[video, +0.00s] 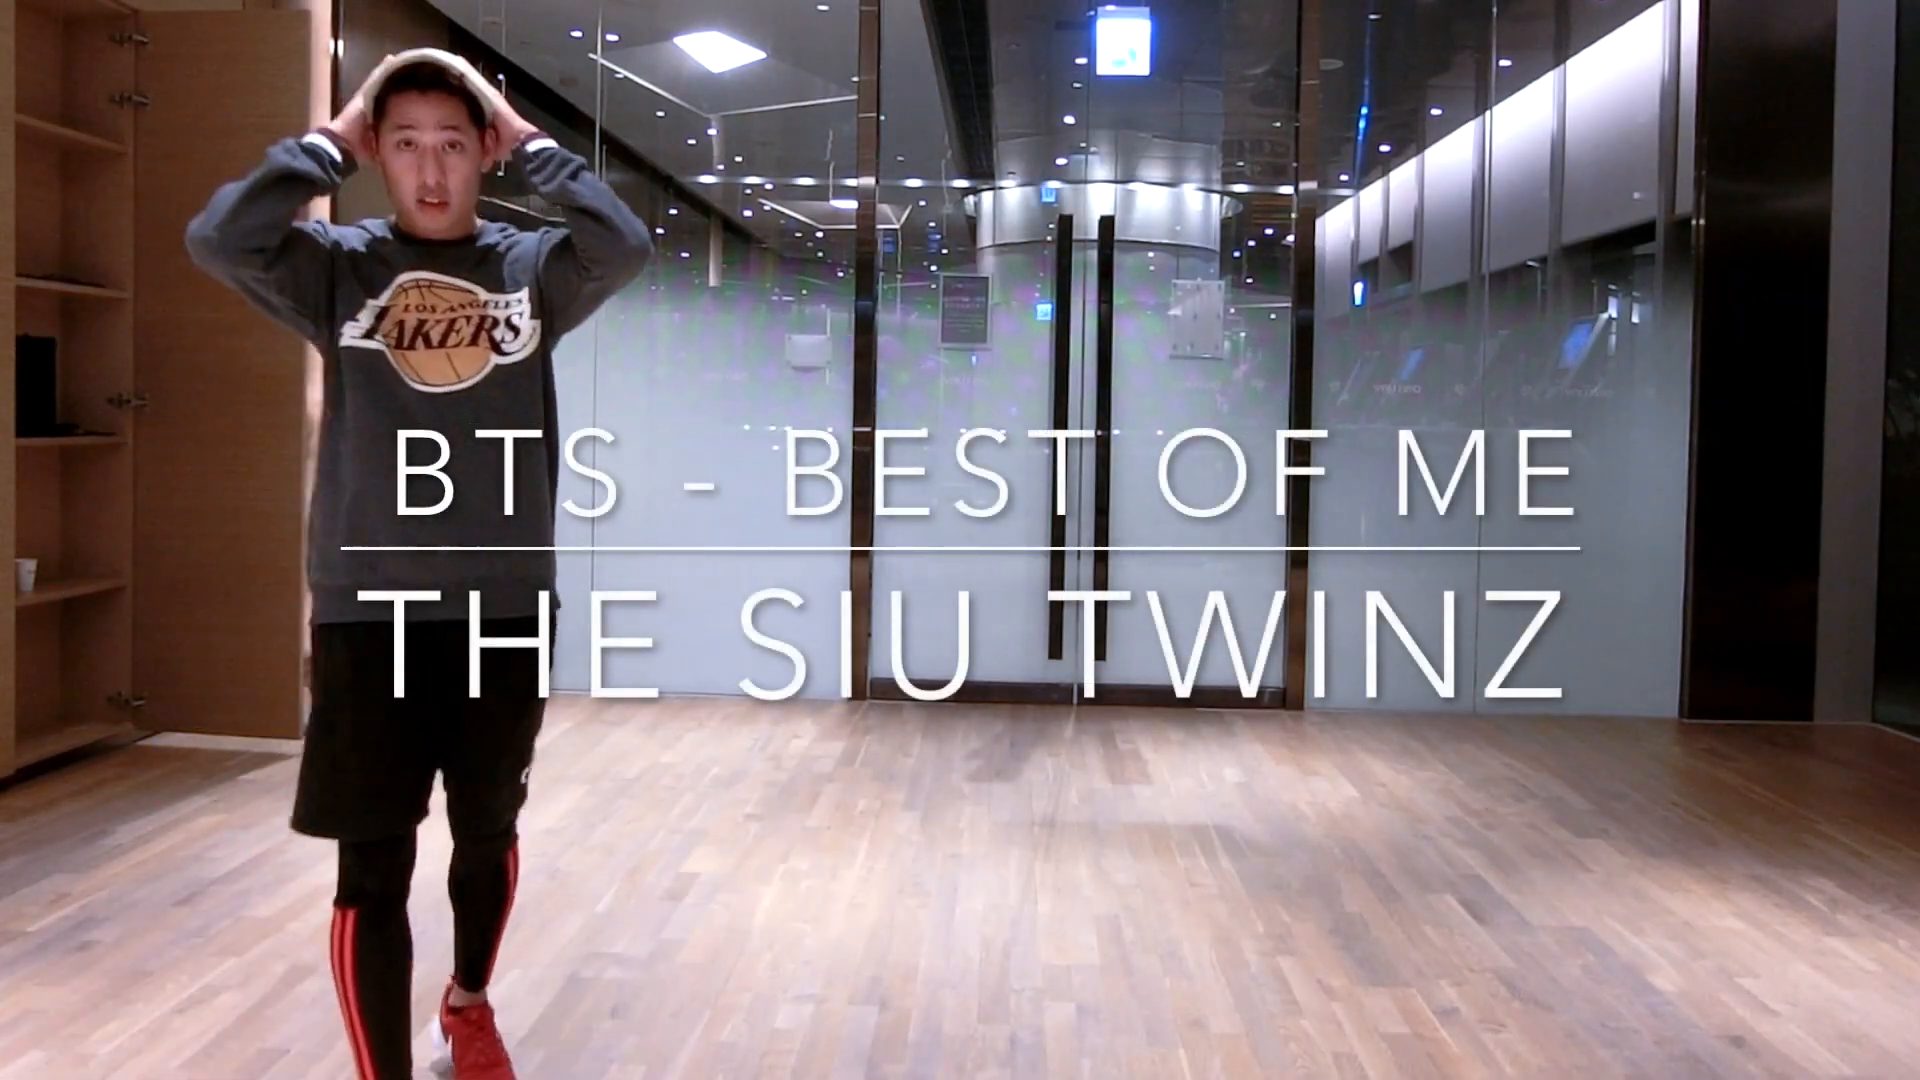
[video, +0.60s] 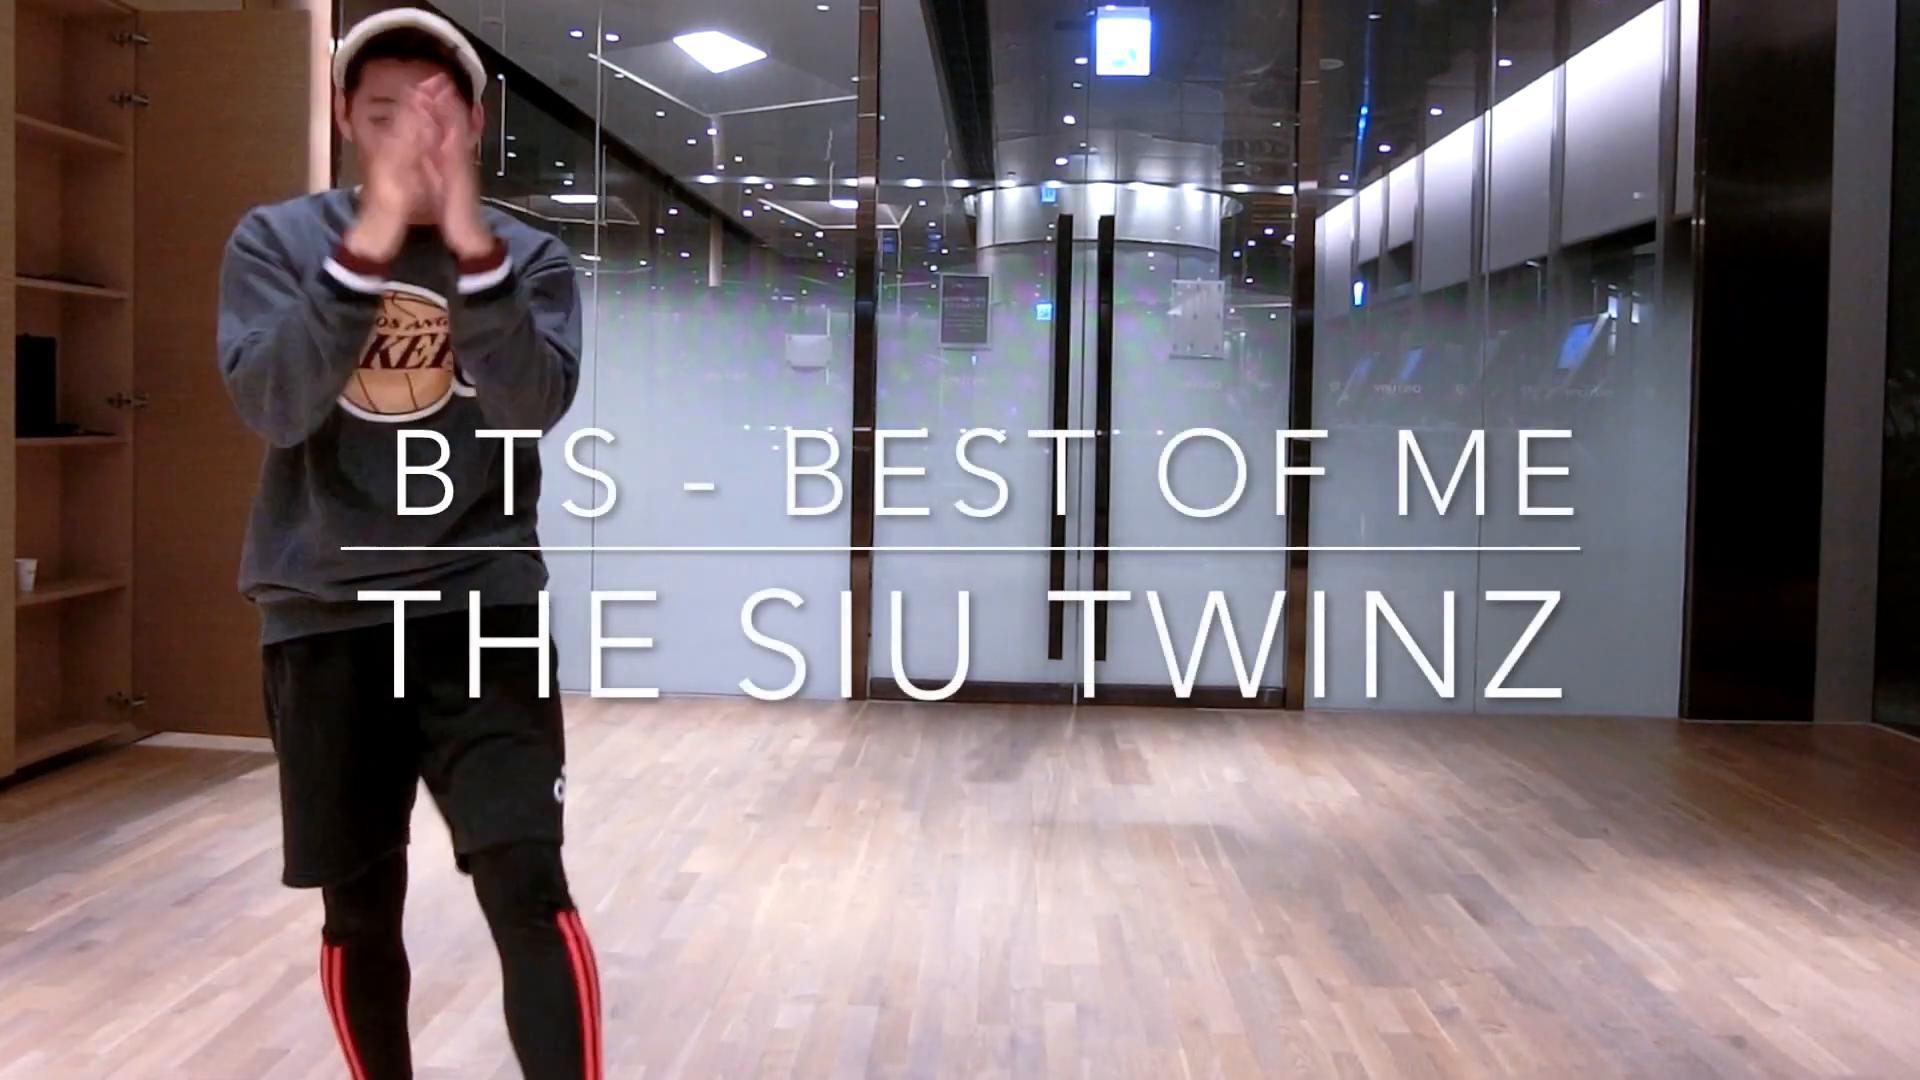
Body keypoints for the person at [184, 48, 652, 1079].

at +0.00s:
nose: (429, 163)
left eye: (450, 141)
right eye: (407, 142)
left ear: (485, 158)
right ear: (378, 160)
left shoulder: (531, 272)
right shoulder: (341, 274)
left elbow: (624, 245)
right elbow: (219, 240)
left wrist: (522, 144)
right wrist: (331, 141)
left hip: (502, 604)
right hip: (369, 605)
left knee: (489, 833)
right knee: (374, 862)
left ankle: (469, 1002)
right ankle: (385, 1071)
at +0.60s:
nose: (411, 115)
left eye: (435, 96)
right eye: (383, 98)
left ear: (472, 124)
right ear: (346, 123)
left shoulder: (531, 254)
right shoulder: (276, 238)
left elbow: (533, 402)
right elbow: (276, 407)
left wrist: (469, 238)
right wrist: (375, 238)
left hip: (487, 604)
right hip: (330, 615)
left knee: (526, 889)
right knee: (361, 911)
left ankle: (569, 1076)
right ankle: (386, 1076)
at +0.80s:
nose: (406, 97)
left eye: (433, 71)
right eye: (380, 70)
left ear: (480, 94)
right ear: (350, 91)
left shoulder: (545, 253)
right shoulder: (286, 229)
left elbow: (536, 414)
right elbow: (287, 381)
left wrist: (473, 511)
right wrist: (362, 491)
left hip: (494, 602)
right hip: (332, 613)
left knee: (533, 890)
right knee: (360, 904)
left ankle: (573, 1078)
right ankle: (382, 1078)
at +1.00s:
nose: (406, 72)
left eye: (437, 44)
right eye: (383, 45)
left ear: (497, 76)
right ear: (356, 77)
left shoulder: (579, 268)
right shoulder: (306, 262)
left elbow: (623, 494)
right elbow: (254, 496)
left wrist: (674, 698)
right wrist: (206, 714)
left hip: (508, 674)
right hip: (343, 671)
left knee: (524, 979)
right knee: (368, 947)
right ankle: (385, 1079)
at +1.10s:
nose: (426, 42)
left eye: (459, 19)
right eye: (405, 20)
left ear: (526, 56)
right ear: (380, 51)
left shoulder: (613, 258)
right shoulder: (323, 247)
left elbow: (695, 463)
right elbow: (242, 458)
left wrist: (777, 620)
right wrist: (153, 630)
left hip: (535, 673)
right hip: (362, 668)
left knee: (555, 990)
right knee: (376, 958)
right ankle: (384, 1079)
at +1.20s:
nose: (460, 22)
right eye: (439, 4)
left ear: (565, 37)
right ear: (412, 39)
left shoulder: (645, 233)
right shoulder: (346, 228)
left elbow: (745, 406)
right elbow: (248, 388)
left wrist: (848, 546)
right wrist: (159, 516)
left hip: (570, 652)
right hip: (387, 646)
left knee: (572, 953)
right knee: (388, 933)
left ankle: (583, 1064)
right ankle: (391, 1074)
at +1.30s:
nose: (509, 15)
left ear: (605, 27)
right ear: (452, 30)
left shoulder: (689, 227)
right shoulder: (376, 207)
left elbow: (794, 404)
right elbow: (265, 368)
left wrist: (892, 539)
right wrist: (167, 490)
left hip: (599, 649)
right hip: (410, 645)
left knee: (593, 967)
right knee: (394, 952)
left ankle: (604, 1059)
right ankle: (387, 1064)